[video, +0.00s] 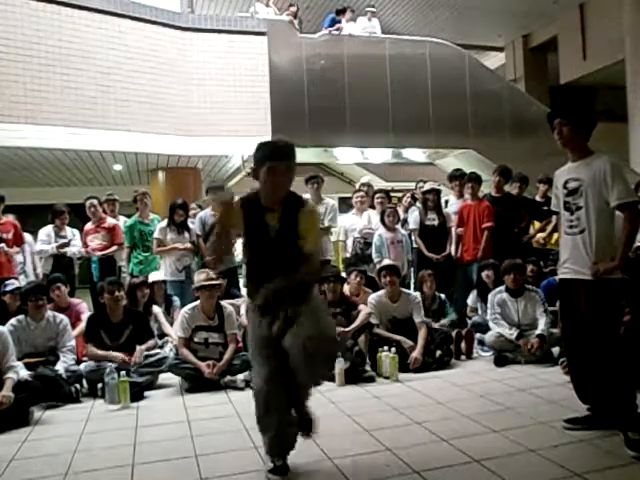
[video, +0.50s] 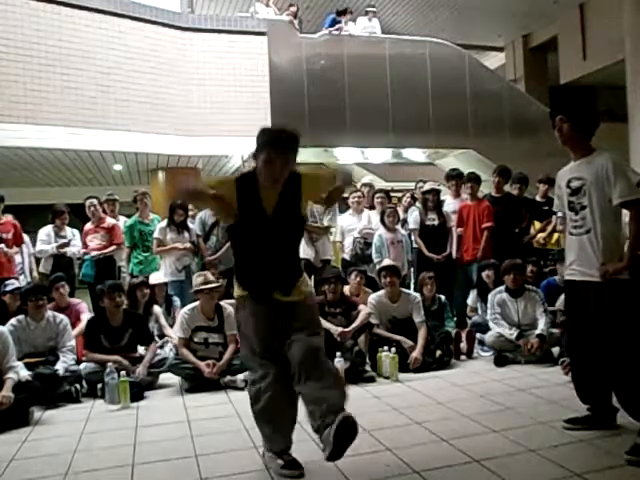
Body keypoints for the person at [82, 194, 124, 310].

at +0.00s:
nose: (93, 210)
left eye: (95, 206)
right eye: (89, 208)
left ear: (100, 207)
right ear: (87, 211)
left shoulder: (112, 224)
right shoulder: (87, 227)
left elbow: (119, 244)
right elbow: (84, 245)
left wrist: (102, 253)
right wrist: (86, 250)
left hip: (107, 258)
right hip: (93, 259)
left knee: (110, 288)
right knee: (94, 289)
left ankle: (111, 315)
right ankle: (98, 315)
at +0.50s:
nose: (92, 209)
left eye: (95, 206)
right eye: (89, 207)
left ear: (100, 207)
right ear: (87, 210)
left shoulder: (112, 224)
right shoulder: (87, 227)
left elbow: (118, 244)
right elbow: (84, 245)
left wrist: (101, 253)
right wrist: (84, 251)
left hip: (107, 259)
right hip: (91, 260)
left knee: (110, 291)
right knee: (94, 293)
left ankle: (112, 318)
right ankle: (98, 319)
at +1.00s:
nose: (92, 209)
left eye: (95, 206)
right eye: (89, 207)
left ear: (100, 207)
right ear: (87, 210)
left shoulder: (112, 224)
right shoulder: (87, 228)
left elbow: (118, 244)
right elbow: (85, 246)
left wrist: (99, 254)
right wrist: (83, 252)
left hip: (108, 260)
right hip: (92, 261)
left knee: (109, 292)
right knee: (95, 294)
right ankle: (99, 320)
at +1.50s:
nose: (87, 211)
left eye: (89, 208)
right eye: (85, 208)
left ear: (99, 207)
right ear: (85, 210)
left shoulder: (113, 224)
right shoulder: (87, 227)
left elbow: (119, 244)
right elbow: (85, 246)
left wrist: (101, 253)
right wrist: (84, 252)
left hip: (108, 260)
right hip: (93, 262)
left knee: (109, 295)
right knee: (96, 296)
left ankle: (112, 324)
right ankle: (101, 326)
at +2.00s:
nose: (92, 213)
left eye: (95, 209)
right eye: (90, 210)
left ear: (103, 209)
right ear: (88, 213)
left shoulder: (116, 226)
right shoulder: (90, 230)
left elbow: (122, 247)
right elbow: (89, 248)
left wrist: (105, 255)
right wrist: (87, 254)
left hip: (111, 262)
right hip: (96, 264)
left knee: (113, 294)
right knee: (99, 296)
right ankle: (104, 325)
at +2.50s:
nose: (93, 212)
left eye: (95, 209)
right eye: (91, 210)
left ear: (104, 209)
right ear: (89, 213)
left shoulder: (116, 226)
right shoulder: (90, 230)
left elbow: (122, 246)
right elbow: (88, 248)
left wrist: (104, 255)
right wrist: (87, 255)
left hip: (111, 261)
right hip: (95, 263)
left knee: (113, 294)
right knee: (99, 296)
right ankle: (104, 324)